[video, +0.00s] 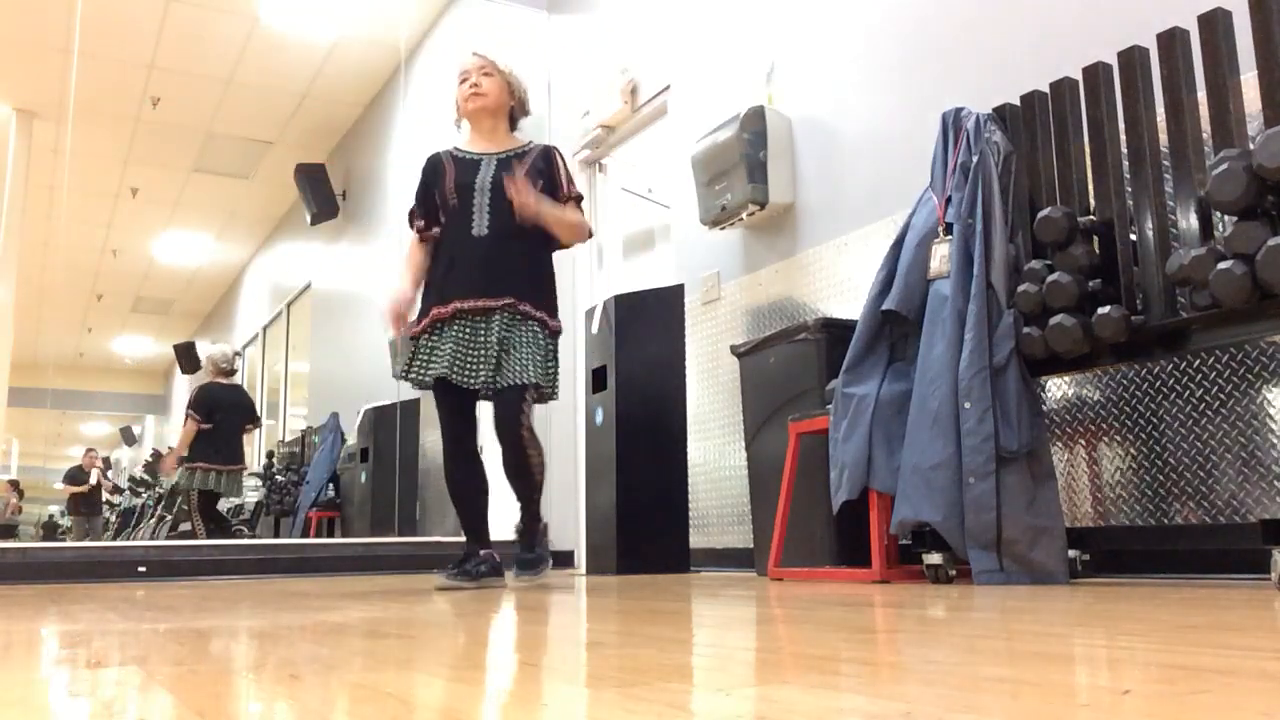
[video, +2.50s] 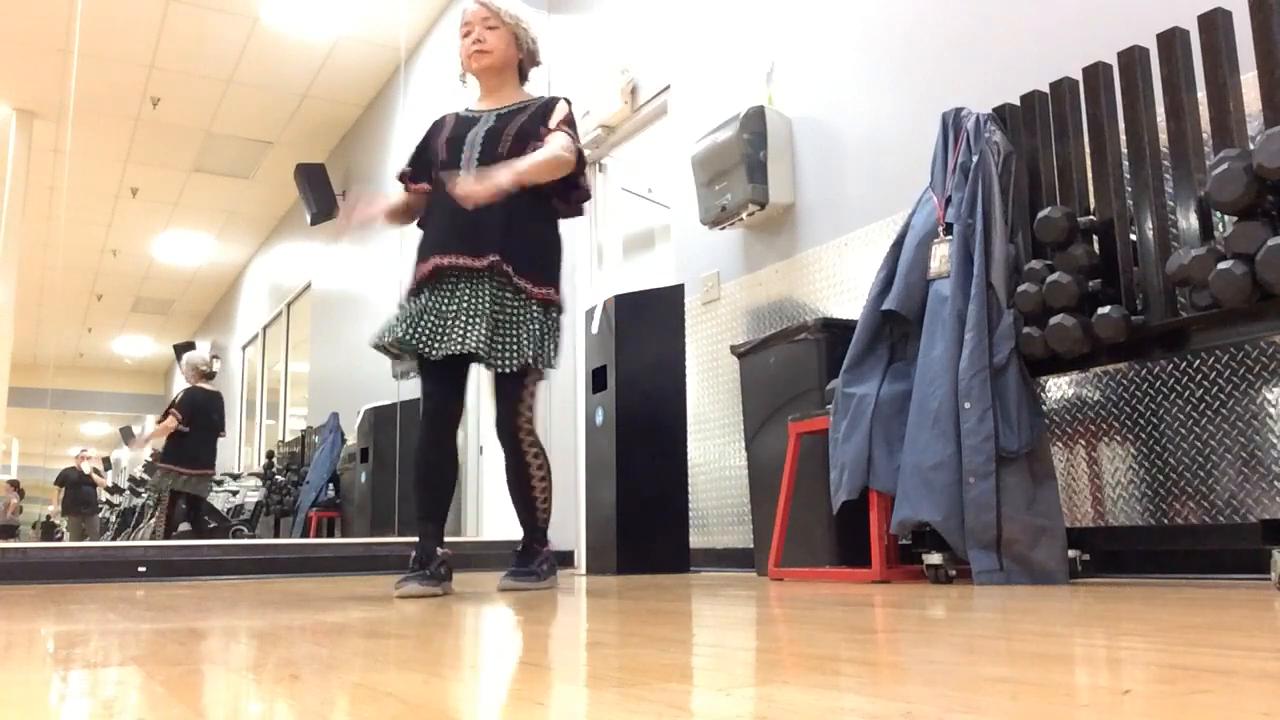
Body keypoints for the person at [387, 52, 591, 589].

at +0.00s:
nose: (472, 82)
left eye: (484, 75)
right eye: (463, 80)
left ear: (511, 95)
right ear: (457, 105)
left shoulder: (542, 159)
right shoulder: (440, 164)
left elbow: (579, 230)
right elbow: (422, 239)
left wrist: (540, 207)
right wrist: (407, 292)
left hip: (518, 308)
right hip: (450, 309)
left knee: (511, 424)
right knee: (457, 436)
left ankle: (532, 526)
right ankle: (479, 550)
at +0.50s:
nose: (482, 88)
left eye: (495, 82)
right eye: (475, 86)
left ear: (523, 101)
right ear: (472, 112)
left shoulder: (551, 159)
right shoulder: (459, 173)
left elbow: (574, 229)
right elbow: (445, 256)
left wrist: (547, 280)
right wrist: (421, 317)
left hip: (541, 315)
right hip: (477, 319)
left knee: (541, 439)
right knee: (479, 436)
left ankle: (545, 550)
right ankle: (505, 548)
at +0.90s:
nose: (482, 67)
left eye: (496, 62)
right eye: (477, 65)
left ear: (524, 84)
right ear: (471, 89)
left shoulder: (550, 144)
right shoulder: (451, 155)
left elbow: (591, 220)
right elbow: (435, 237)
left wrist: (610, 286)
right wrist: (419, 231)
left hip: (529, 302)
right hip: (464, 304)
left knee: (515, 418)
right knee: (478, 432)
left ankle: (561, 513)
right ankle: (505, 549)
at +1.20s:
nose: (490, 55)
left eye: (505, 49)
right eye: (484, 52)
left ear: (532, 74)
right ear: (478, 79)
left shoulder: (556, 134)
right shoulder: (454, 143)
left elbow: (598, 214)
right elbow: (429, 227)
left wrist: (568, 204)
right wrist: (425, 175)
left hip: (534, 294)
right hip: (470, 298)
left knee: (527, 424)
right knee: (487, 430)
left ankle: (531, 550)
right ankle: (503, 548)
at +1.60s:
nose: (495, 41)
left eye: (510, 36)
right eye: (489, 39)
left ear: (538, 62)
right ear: (482, 67)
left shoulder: (565, 125)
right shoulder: (457, 130)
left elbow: (597, 199)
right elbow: (435, 211)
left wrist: (604, 212)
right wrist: (464, 242)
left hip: (549, 290)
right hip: (480, 292)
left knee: (533, 421)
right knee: (472, 429)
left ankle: (532, 548)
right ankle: (502, 542)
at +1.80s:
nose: (493, 32)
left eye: (508, 26)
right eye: (485, 29)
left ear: (536, 52)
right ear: (477, 58)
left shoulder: (564, 119)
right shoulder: (455, 124)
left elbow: (604, 197)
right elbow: (424, 213)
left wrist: (559, 174)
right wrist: (413, 284)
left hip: (545, 286)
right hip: (472, 287)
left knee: (534, 420)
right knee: (446, 392)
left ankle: (533, 548)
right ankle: (476, 521)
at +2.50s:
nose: (474, 37)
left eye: (488, 27)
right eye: (466, 32)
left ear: (521, 45)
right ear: (461, 55)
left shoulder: (549, 109)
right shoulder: (444, 128)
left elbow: (562, 157)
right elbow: (412, 203)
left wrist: (500, 176)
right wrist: (373, 208)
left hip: (518, 282)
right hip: (445, 280)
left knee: (514, 423)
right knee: (437, 421)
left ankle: (535, 551)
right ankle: (427, 556)